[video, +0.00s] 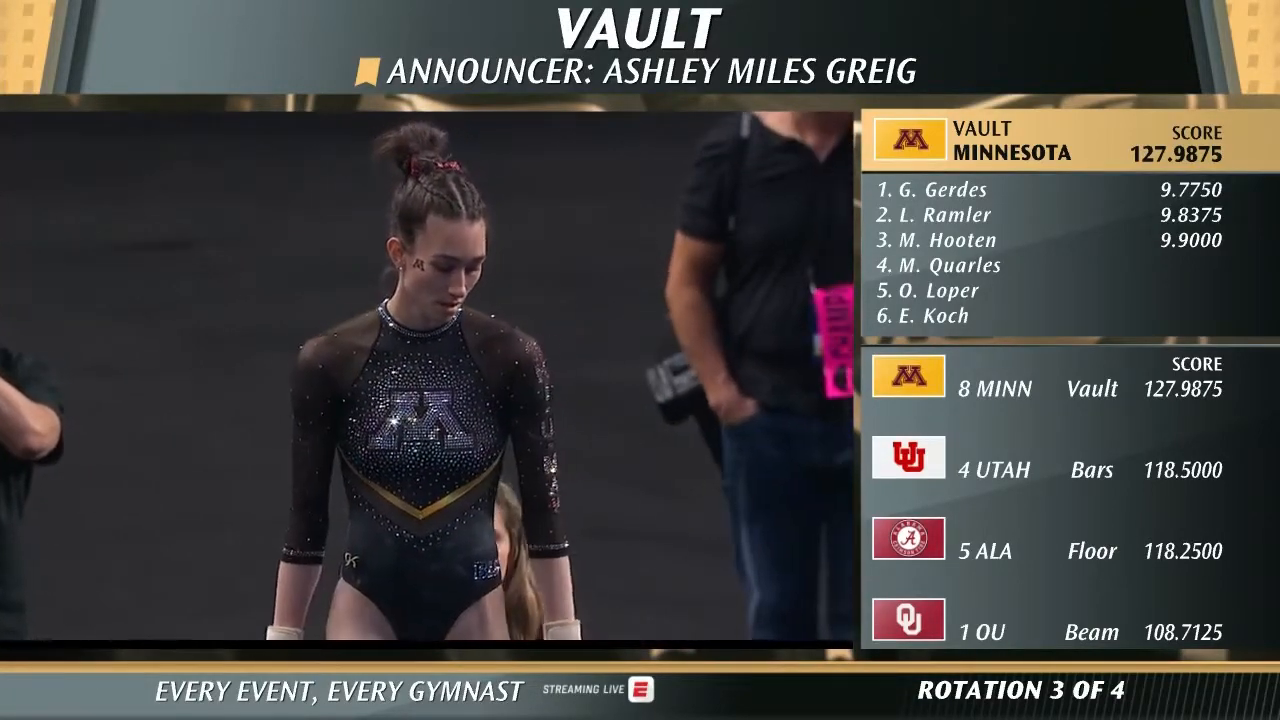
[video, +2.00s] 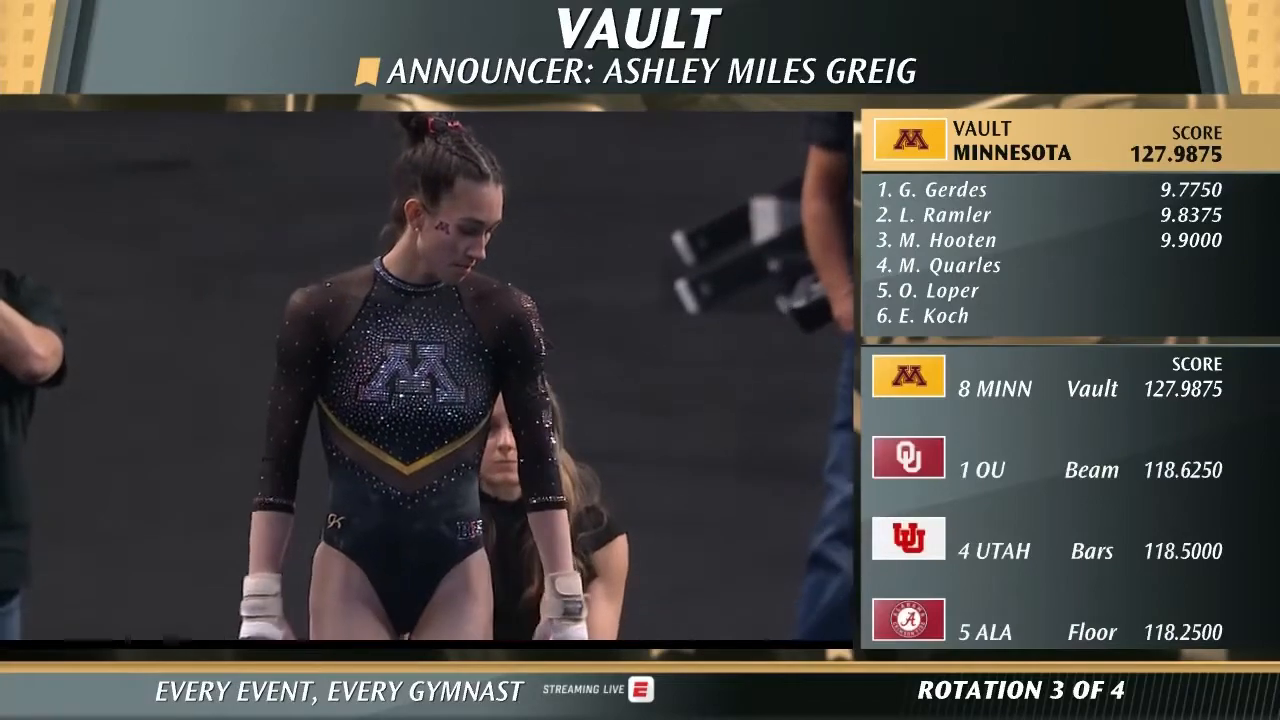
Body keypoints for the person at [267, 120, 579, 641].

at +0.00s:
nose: (459, 286)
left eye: (472, 266)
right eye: (443, 266)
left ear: (485, 257)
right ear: (398, 254)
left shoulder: (510, 357)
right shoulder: (329, 361)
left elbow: (542, 516)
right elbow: (307, 522)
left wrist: (564, 633)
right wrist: (282, 638)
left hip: (476, 595)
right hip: (366, 593)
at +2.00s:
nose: (481, 250)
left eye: (490, 231)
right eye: (468, 230)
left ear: (497, 220)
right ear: (414, 213)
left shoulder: (503, 316)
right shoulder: (320, 312)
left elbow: (538, 460)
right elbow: (279, 462)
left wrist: (566, 600)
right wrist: (259, 605)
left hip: (458, 568)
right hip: (350, 565)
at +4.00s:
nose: (470, 248)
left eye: (477, 229)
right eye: (455, 230)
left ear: (484, 217)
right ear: (402, 216)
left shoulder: (493, 318)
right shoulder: (317, 321)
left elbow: (505, 475)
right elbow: (299, 480)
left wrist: (456, 597)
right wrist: (358, 590)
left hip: (462, 572)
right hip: (352, 572)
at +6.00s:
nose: (458, 255)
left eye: (466, 237)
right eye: (443, 238)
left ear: (472, 223)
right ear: (390, 226)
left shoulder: (484, 326)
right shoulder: (305, 330)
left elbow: (508, 472)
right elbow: (281, 479)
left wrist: (518, 610)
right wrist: (273, 614)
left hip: (457, 574)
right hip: (348, 572)